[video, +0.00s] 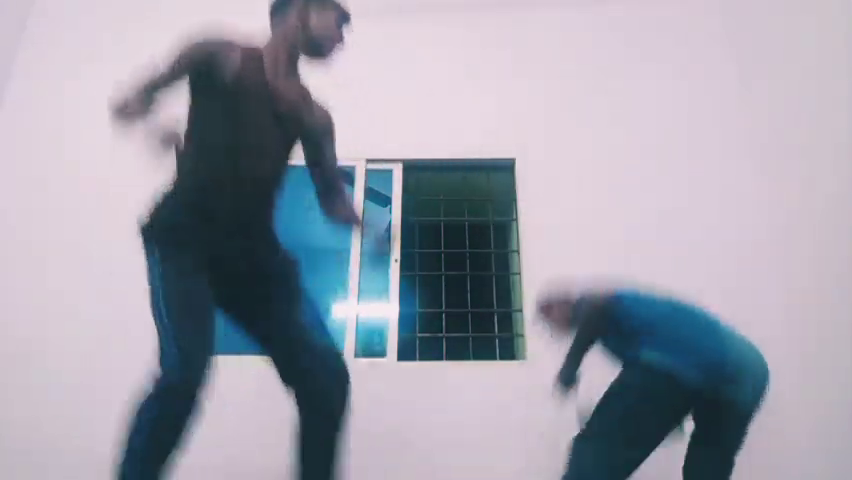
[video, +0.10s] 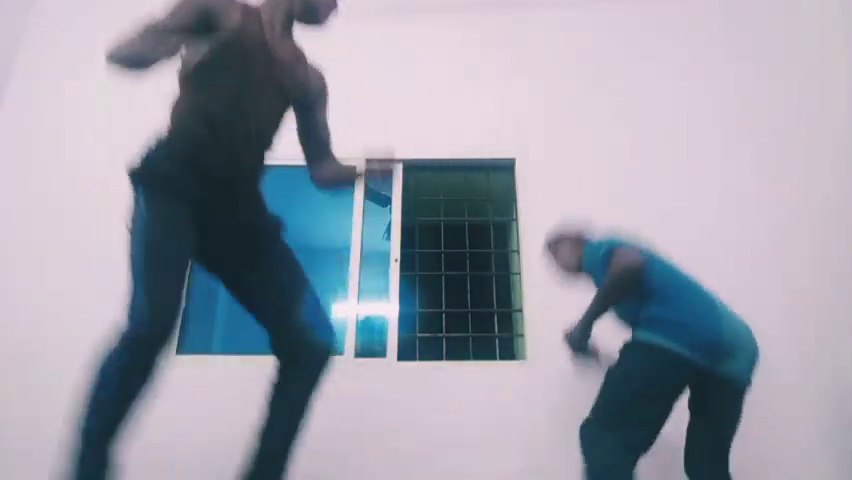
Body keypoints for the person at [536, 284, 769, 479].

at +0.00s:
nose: (554, 324)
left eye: (551, 315)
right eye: (548, 319)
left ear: (561, 303)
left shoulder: (595, 303)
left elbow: (594, 309)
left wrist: (568, 371)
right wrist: (673, 413)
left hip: (672, 365)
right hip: (743, 372)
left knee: (599, 454)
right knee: (708, 469)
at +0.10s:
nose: (559, 263)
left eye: (559, 252)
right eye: (555, 257)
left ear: (572, 242)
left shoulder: (599, 249)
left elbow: (630, 261)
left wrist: (584, 324)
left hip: (675, 334)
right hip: (734, 347)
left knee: (608, 437)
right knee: (707, 462)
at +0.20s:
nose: (572, 202)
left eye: (577, 193)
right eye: (570, 198)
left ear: (602, 189)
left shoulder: (616, 206)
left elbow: (641, 243)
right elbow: (647, 314)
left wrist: (587, 297)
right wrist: (596, 293)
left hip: (666, 327)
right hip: (719, 337)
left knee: (630, 439)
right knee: (706, 457)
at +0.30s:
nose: (586, 188)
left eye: (594, 180)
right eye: (586, 183)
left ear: (623, 182)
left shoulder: (626, 204)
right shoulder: (666, 231)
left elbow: (640, 253)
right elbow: (650, 311)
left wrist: (581, 289)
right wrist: (602, 287)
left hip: (669, 347)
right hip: (715, 355)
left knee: (639, 460)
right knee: (707, 467)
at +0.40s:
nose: (595, 173)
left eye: (604, 165)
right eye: (596, 166)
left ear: (633, 170)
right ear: (633, 175)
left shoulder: (642, 202)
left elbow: (641, 259)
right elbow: (651, 312)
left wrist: (595, 249)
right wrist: (606, 288)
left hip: (668, 342)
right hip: (707, 354)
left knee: (618, 438)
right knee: (708, 464)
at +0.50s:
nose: (596, 142)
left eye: (605, 134)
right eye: (596, 136)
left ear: (631, 138)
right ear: (635, 144)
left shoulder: (639, 171)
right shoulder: (659, 183)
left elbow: (634, 222)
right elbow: (638, 271)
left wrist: (596, 210)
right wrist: (603, 241)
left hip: (651, 310)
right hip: (690, 315)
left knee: (630, 414)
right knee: (703, 431)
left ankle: (661, 473)